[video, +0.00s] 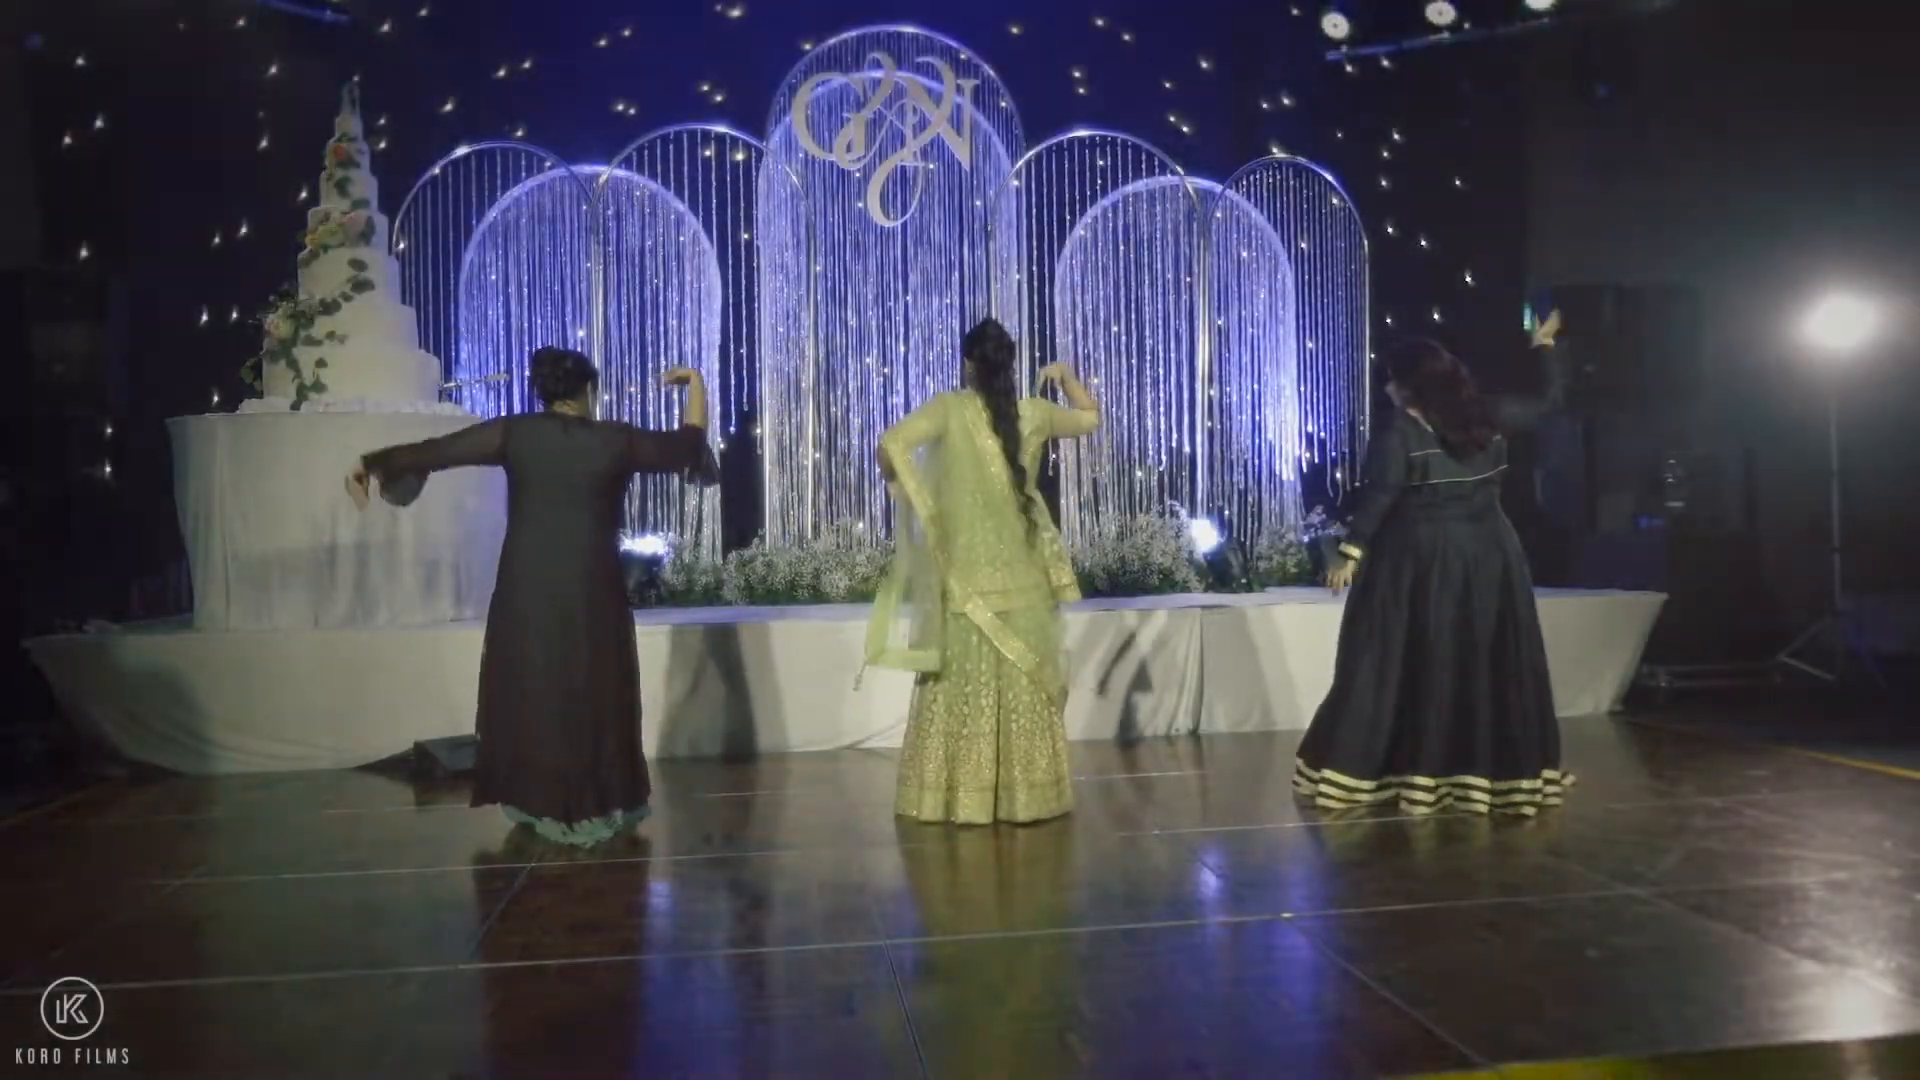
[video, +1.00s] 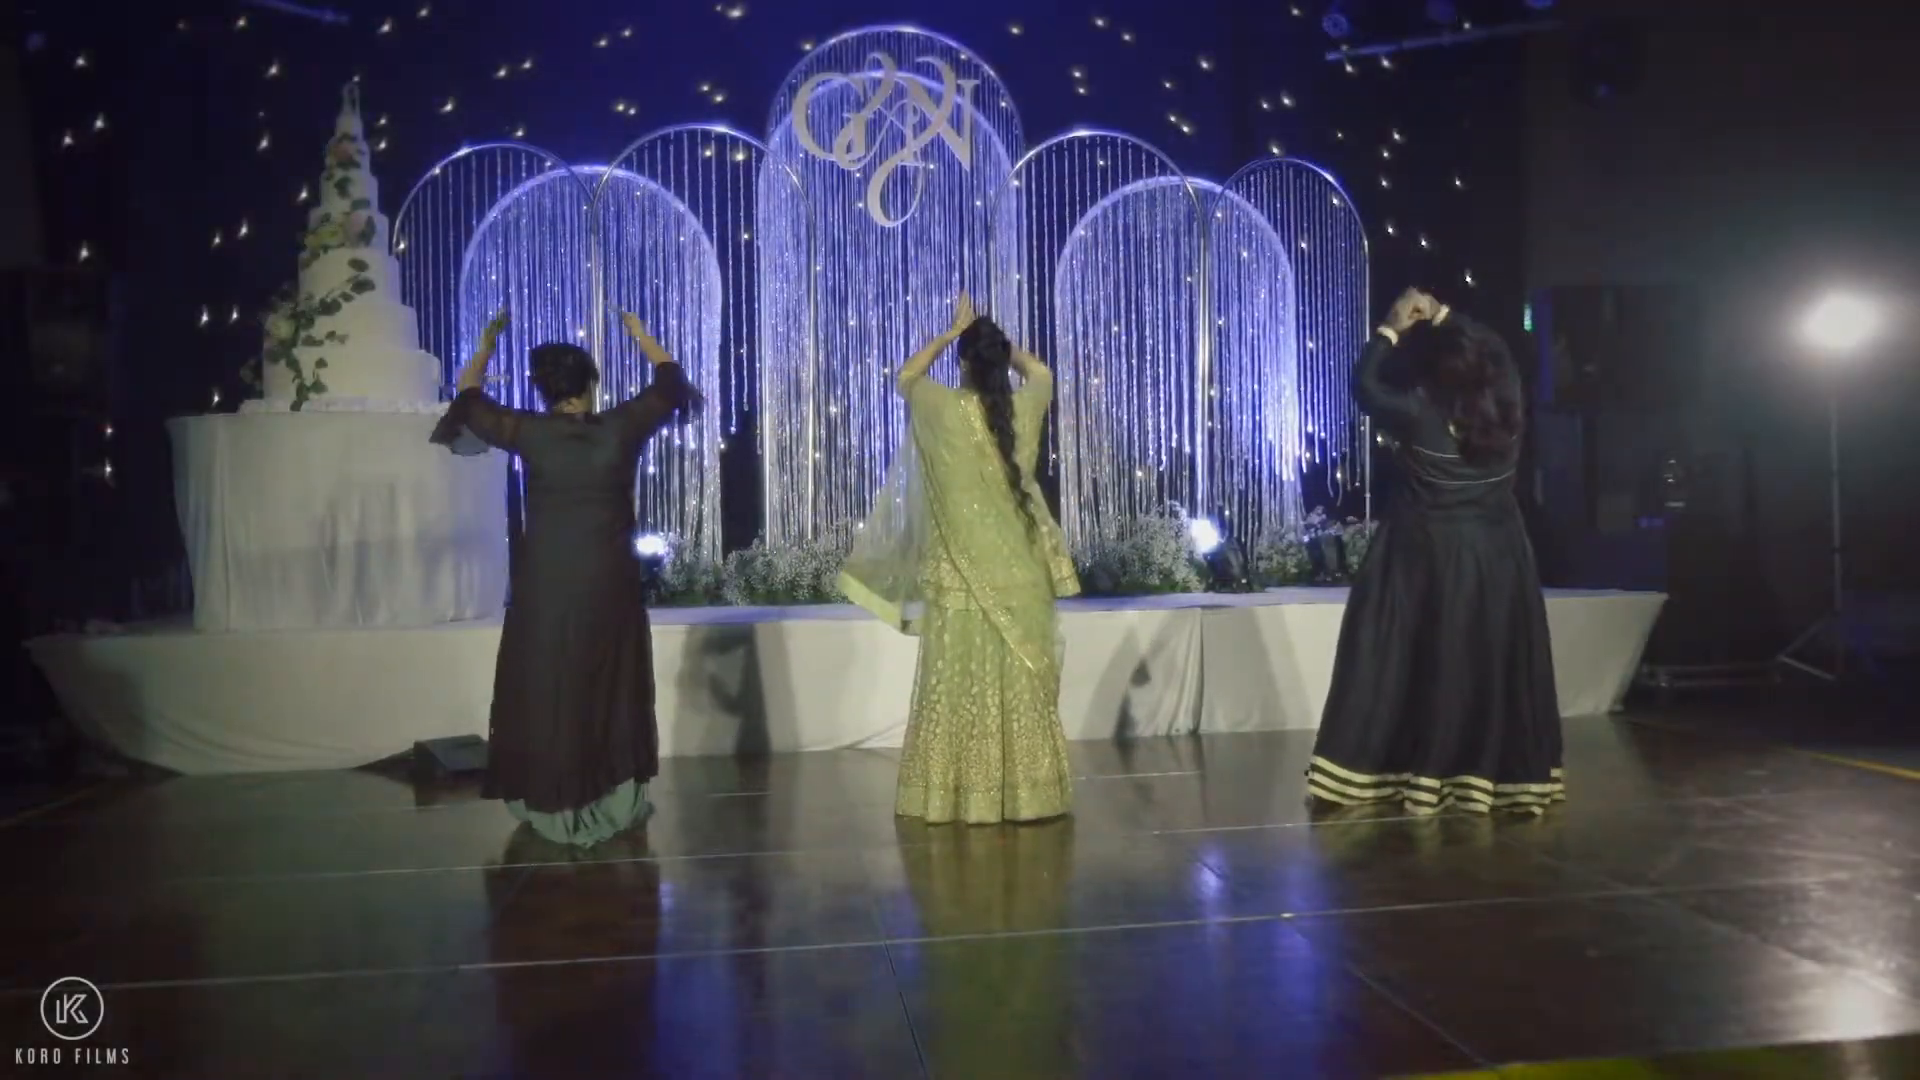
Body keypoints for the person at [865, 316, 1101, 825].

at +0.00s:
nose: (963, 366)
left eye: (964, 359)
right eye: (976, 359)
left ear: (967, 363)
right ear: (1010, 363)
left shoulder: (948, 407)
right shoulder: (1033, 414)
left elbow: (890, 445)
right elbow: (1090, 418)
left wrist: (922, 508)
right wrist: (1067, 375)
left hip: (964, 571)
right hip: (1023, 571)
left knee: (964, 689)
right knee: (1025, 686)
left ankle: (964, 797)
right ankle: (1024, 798)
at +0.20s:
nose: (962, 365)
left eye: (963, 358)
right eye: (972, 358)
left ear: (966, 362)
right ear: (1008, 361)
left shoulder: (948, 410)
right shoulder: (1036, 413)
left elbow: (895, 456)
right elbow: (1088, 440)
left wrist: (900, 493)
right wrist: (1061, 405)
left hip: (963, 569)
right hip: (1022, 570)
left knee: (964, 686)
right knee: (1024, 684)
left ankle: (965, 795)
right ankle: (1025, 797)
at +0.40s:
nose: (962, 365)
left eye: (963, 358)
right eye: (976, 357)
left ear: (965, 361)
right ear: (1008, 361)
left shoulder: (945, 409)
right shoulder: (1035, 410)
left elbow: (880, 435)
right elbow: (1093, 425)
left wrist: (864, 407)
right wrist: (1099, 400)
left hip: (957, 565)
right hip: (1019, 563)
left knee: (960, 682)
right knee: (1023, 680)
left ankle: (963, 795)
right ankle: (1028, 795)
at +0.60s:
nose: (965, 363)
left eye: (965, 356)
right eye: (975, 354)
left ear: (965, 361)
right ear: (1007, 360)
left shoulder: (945, 406)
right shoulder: (1031, 407)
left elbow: (874, 385)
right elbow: (1077, 381)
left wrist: (877, 323)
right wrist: (1086, 323)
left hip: (963, 564)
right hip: (1022, 563)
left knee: (963, 685)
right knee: (1026, 682)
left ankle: (967, 796)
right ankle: (1029, 797)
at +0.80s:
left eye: (967, 353)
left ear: (964, 363)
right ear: (1006, 364)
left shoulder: (943, 409)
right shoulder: (1025, 409)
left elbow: (913, 368)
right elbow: (1035, 367)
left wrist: (941, 314)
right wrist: (1010, 326)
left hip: (963, 564)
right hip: (1022, 562)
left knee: (961, 684)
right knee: (1024, 682)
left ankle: (963, 795)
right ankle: (1027, 795)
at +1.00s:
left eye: (968, 355)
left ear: (963, 363)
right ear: (1004, 363)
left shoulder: (941, 409)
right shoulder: (1025, 407)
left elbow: (907, 376)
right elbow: (1041, 374)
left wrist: (951, 334)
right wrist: (1003, 343)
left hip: (963, 563)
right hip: (1022, 562)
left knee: (959, 685)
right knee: (1024, 682)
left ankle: (961, 795)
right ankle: (1027, 795)